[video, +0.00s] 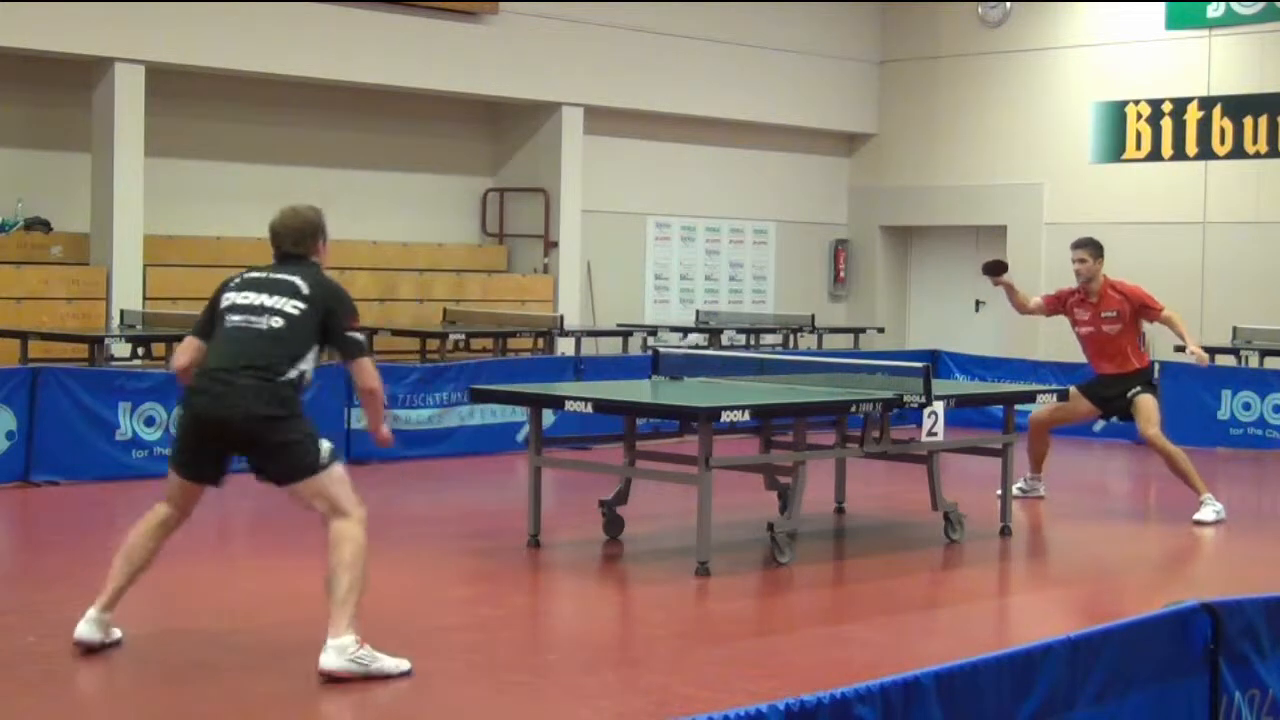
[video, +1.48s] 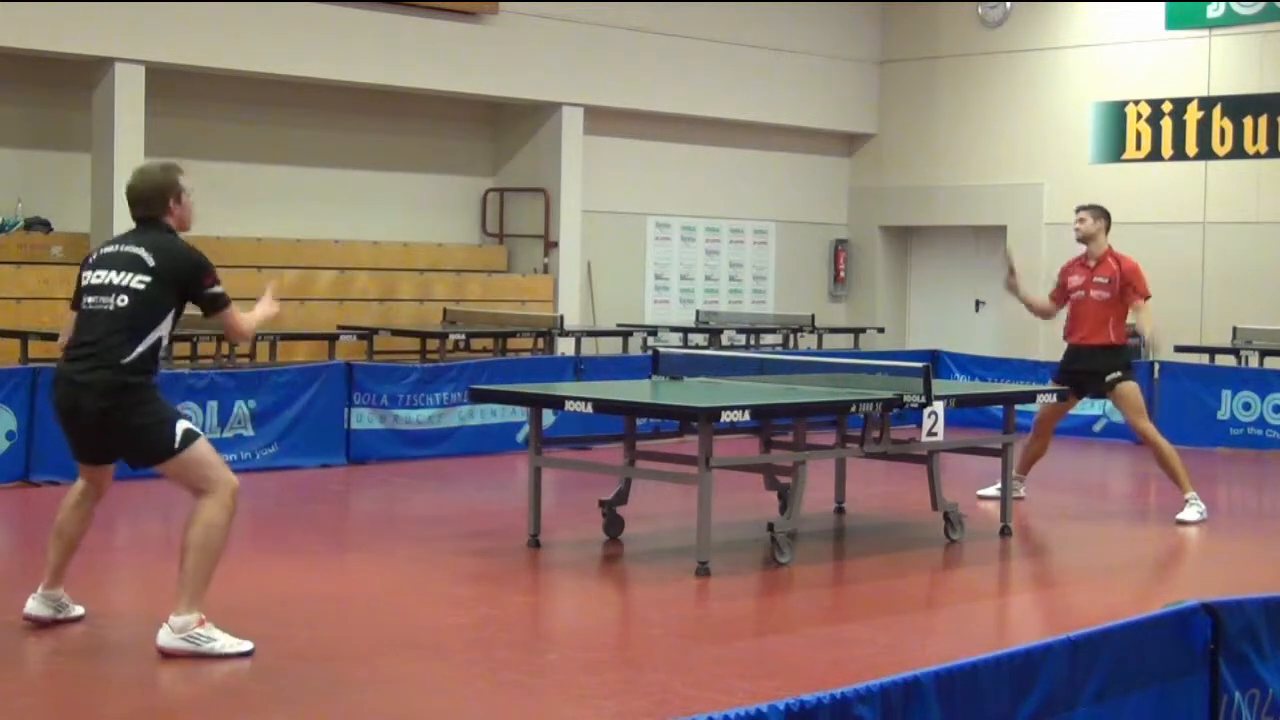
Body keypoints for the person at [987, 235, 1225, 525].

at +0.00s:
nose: (1076, 268)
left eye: (1082, 262)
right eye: (1074, 262)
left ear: (1100, 263)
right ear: (1072, 265)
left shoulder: (1125, 294)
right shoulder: (1069, 299)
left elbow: (1169, 318)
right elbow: (1026, 307)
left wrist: (1191, 344)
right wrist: (1008, 286)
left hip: (1137, 382)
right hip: (1102, 384)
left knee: (1150, 434)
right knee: (1039, 419)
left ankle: (1208, 501)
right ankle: (1034, 481)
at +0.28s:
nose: (1082, 261)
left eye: (1088, 255)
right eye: (1079, 255)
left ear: (1105, 256)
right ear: (1076, 258)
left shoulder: (1127, 288)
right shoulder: (1074, 294)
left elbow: (1165, 327)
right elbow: (1045, 329)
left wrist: (1140, 348)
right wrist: (1022, 320)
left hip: (1140, 377)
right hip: (1105, 379)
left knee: (1154, 432)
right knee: (1045, 422)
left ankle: (1209, 500)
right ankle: (1034, 482)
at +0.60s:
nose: (1049, 268)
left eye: (1054, 261)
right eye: (1046, 262)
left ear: (1071, 262)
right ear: (1045, 265)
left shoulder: (1096, 289)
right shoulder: (1053, 299)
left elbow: (1113, 337)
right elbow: (1038, 342)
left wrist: (1061, 349)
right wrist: (1012, 343)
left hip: (1131, 366)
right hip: (1100, 371)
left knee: (1140, 426)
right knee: (1040, 416)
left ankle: (1189, 498)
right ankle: (1015, 482)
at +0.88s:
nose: (1055, 273)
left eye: (1060, 266)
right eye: (1051, 268)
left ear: (1076, 265)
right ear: (1049, 269)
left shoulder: (1103, 289)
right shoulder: (1052, 301)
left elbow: (1149, 308)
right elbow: (1026, 328)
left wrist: (1139, 329)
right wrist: (1012, 330)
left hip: (1130, 374)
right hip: (1096, 379)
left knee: (1143, 430)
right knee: (1037, 419)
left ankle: (1192, 500)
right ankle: (1014, 483)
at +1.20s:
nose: (1076, 230)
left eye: (1083, 225)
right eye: (1074, 225)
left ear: (1100, 231)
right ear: (1072, 231)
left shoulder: (1118, 267)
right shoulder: (1060, 268)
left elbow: (1166, 277)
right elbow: (1017, 272)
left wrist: (1179, 260)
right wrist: (996, 248)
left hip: (1122, 360)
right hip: (1086, 362)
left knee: (1144, 426)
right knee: (1037, 418)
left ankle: (1192, 499)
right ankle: (1014, 482)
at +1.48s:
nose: (1075, 226)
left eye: (1082, 221)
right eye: (1075, 221)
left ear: (1101, 225)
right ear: (1080, 228)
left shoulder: (1125, 267)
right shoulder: (1071, 269)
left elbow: (1141, 309)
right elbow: (1048, 310)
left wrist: (1145, 332)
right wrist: (1018, 290)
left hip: (1112, 357)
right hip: (1075, 357)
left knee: (1142, 427)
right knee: (1043, 422)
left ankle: (1192, 499)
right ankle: (1016, 482)